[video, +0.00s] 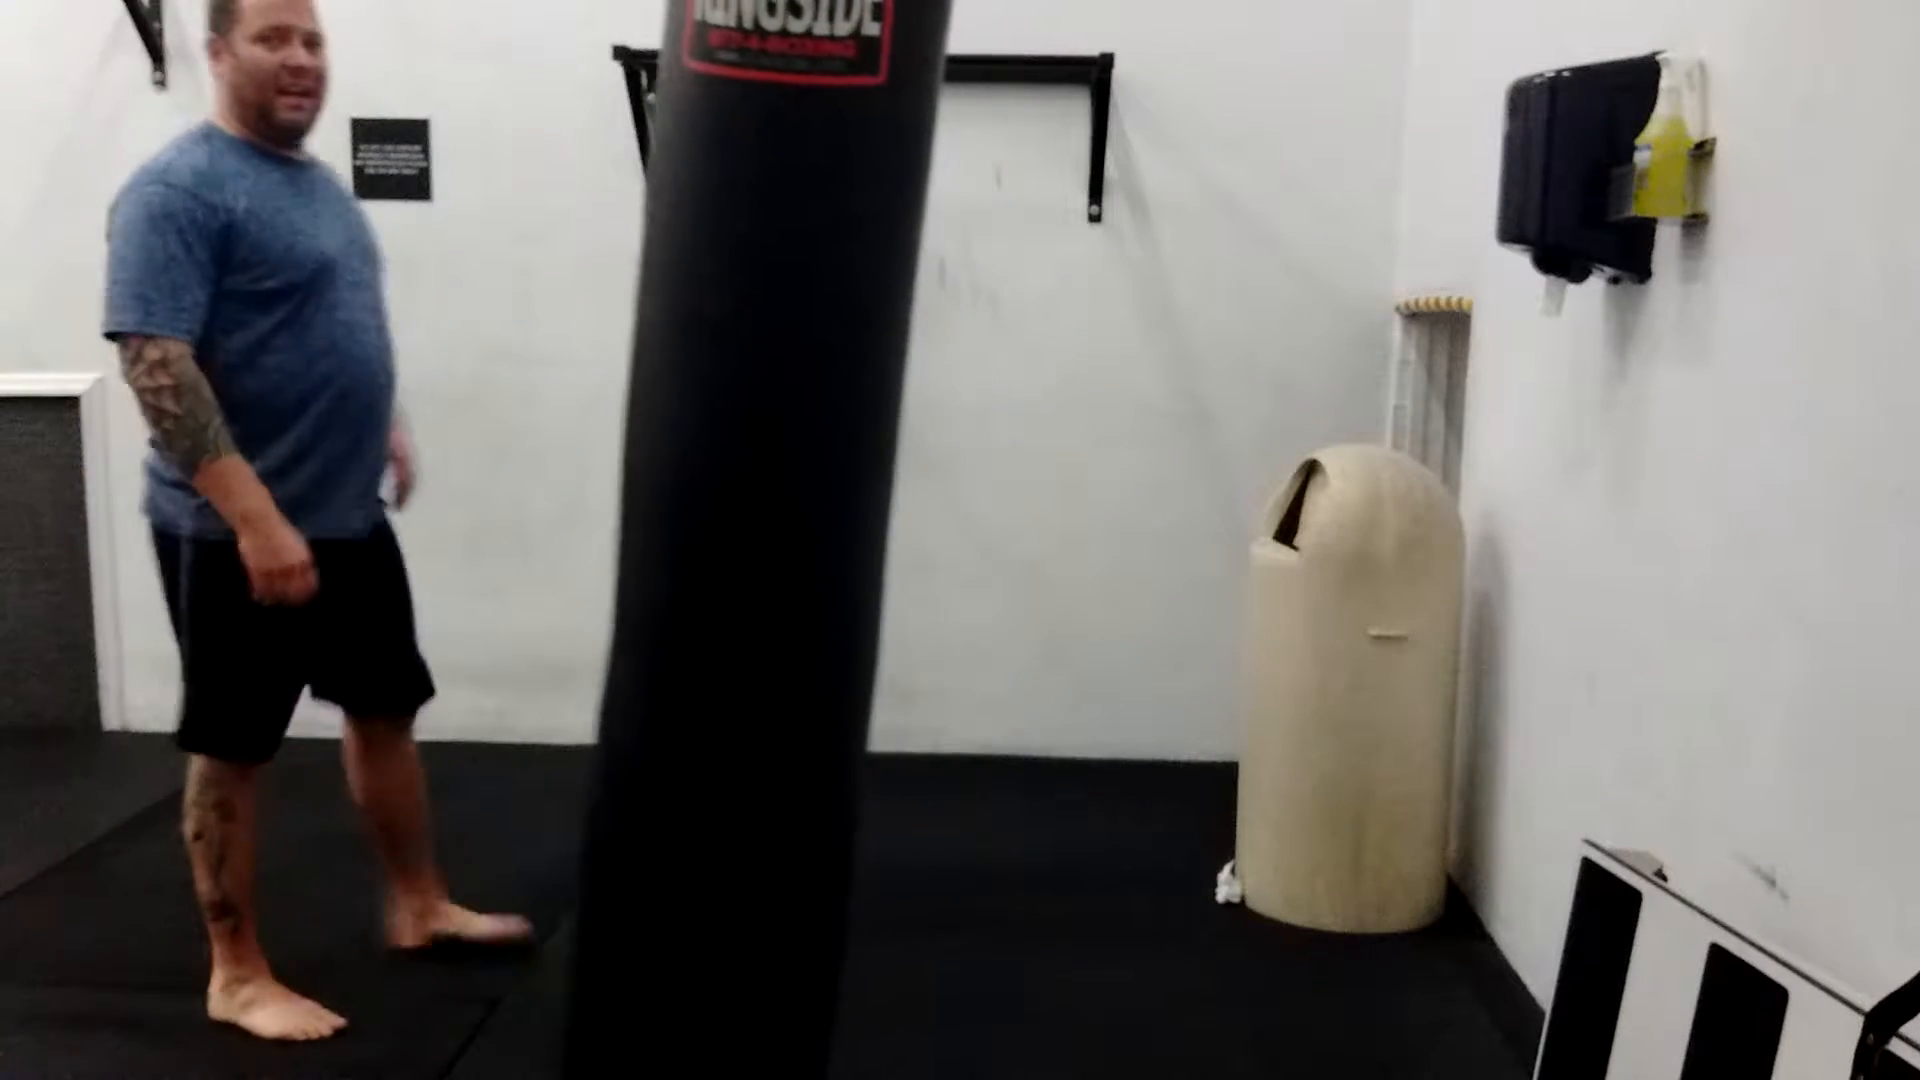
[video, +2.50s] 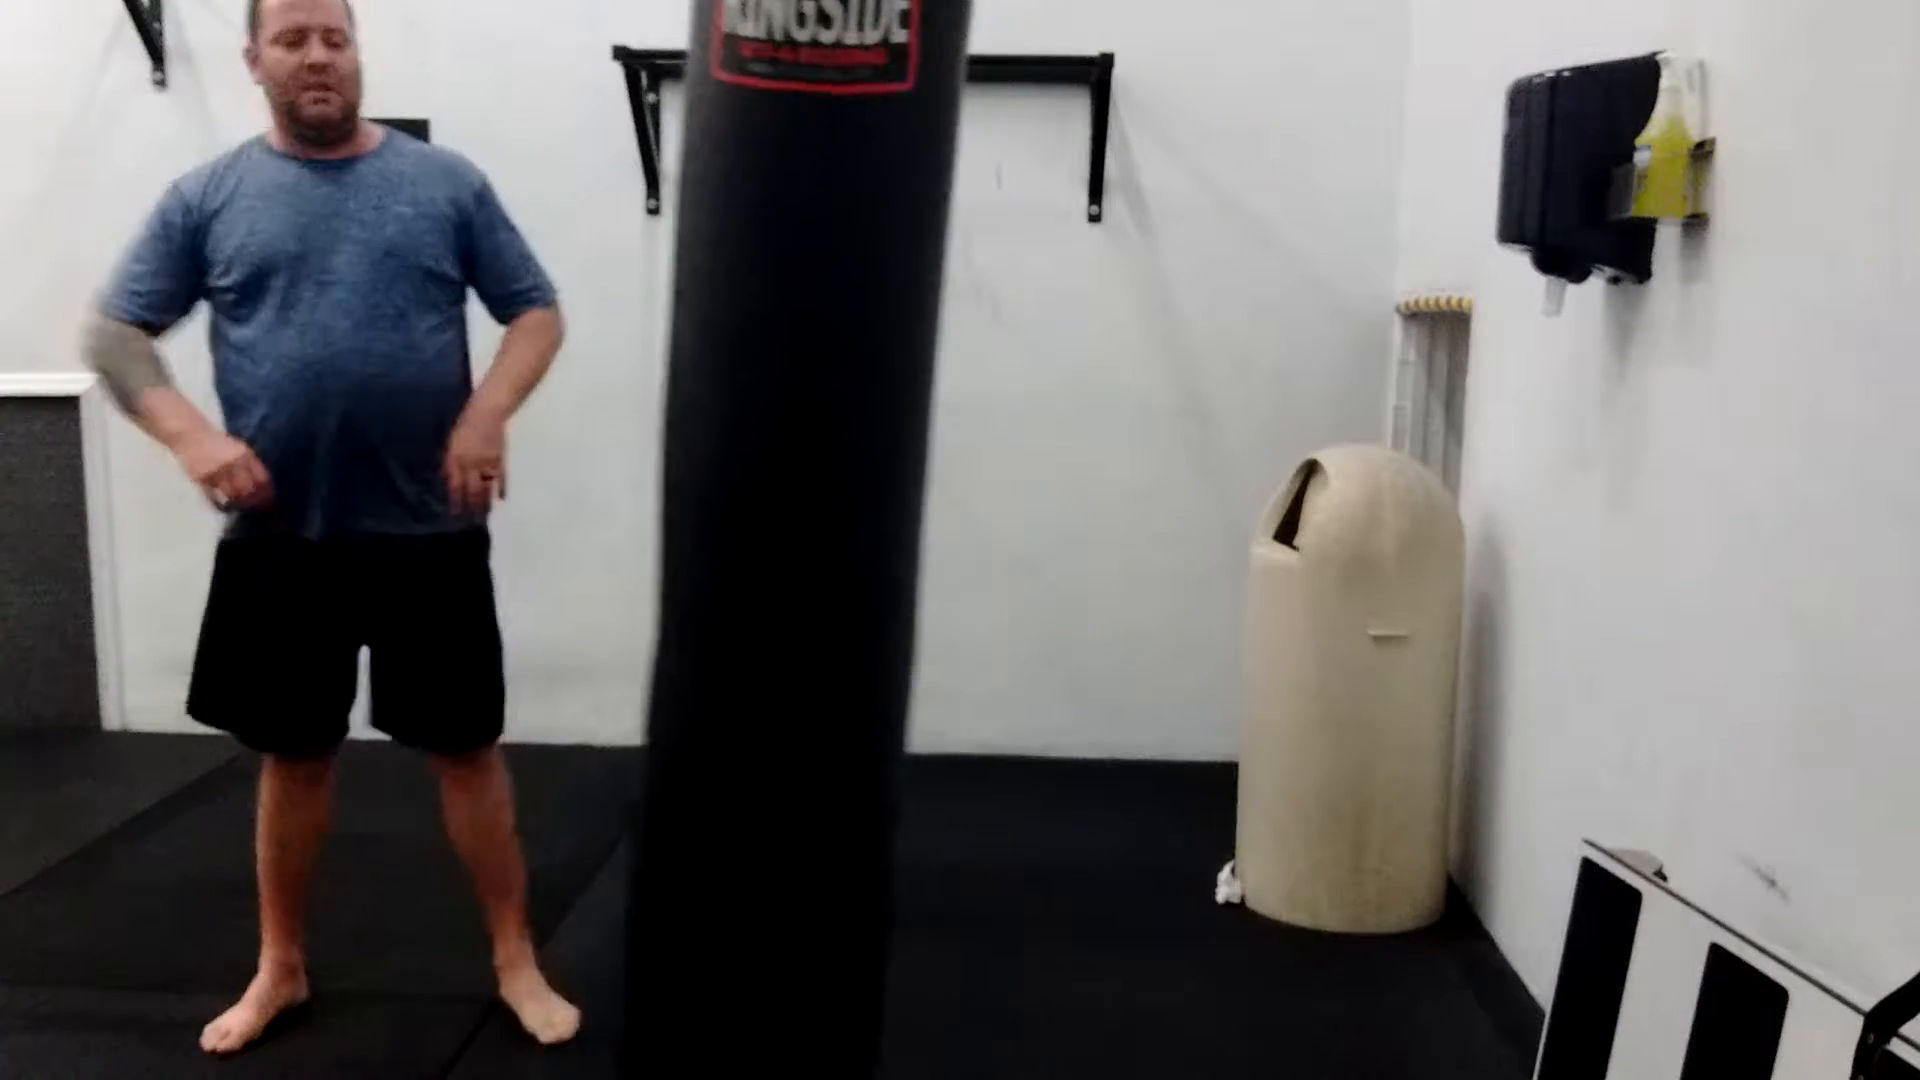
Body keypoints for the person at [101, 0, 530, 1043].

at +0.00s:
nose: (301, 63)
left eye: (313, 42)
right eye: (274, 40)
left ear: (326, 54)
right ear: (218, 53)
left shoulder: (317, 183)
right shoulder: (174, 191)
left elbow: (331, 325)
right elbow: (157, 369)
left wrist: (379, 423)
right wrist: (251, 514)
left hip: (347, 517)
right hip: (231, 530)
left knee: (385, 709)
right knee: (228, 751)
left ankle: (419, 907)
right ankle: (236, 976)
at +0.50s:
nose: (395, 74)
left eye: (413, 61)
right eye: (376, 56)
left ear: (435, 85)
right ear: (336, 71)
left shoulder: (484, 213)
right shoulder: (271, 195)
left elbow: (551, 329)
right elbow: (212, 343)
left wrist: (543, 364)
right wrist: (171, 484)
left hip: (434, 510)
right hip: (299, 504)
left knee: (424, 712)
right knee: (270, 718)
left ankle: (434, 911)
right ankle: (278, 914)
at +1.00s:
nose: (357, 86)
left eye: (372, 73)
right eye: (338, 72)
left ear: (397, 95)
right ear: (305, 92)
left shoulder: (463, 208)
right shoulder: (266, 214)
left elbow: (532, 330)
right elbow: (221, 347)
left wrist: (467, 403)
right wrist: (225, 478)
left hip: (447, 488)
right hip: (333, 492)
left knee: (459, 675)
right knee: (363, 674)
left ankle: (471, 871)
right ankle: (374, 846)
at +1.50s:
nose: (395, 89)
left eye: (410, 75)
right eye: (374, 74)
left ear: (432, 94)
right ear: (340, 95)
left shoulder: (499, 213)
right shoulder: (297, 218)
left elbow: (568, 334)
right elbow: (251, 354)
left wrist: (536, 402)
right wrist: (287, 472)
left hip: (475, 497)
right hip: (347, 502)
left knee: (478, 689)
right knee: (344, 687)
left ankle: (482, 873)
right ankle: (375, 844)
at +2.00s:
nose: (367, 83)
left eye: (384, 68)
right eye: (347, 65)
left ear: (406, 88)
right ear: (308, 83)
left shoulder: (466, 214)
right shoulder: (256, 216)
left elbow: (541, 345)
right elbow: (193, 356)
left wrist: (497, 398)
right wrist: (238, 443)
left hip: (438, 519)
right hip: (304, 525)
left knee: (460, 716)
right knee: (298, 740)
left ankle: (476, 869)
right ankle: (278, 967)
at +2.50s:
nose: (320, 56)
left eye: (336, 36)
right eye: (294, 39)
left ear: (360, 52)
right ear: (255, 61)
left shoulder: (442, 181)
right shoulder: (210, 197)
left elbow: (538, 314)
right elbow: (110, 332)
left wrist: (487, 411)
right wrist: (196, 439)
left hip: (429, 526)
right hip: (283, 532)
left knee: (468, 750)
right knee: (291, 757)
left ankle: (516, 961)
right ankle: (280, 967)